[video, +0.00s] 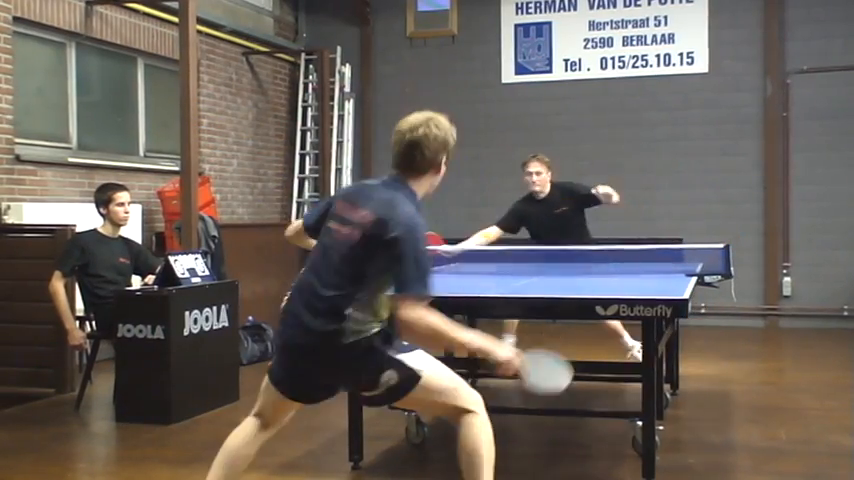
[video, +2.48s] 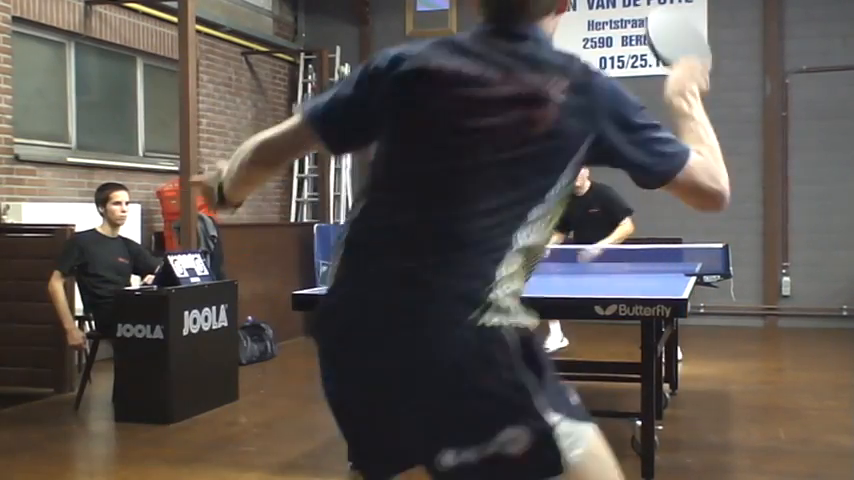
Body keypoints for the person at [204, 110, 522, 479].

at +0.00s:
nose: (446, 169)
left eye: (446, 160)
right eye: (448, 161)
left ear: (398, 155)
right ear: (440, 165)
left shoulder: (352, 192)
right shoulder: (405, 218)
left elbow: (295, 233)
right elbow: (410, 315)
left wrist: (342, 255)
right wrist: (490, 347)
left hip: (298, 337)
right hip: (353, 346)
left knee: (260, 420)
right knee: (469, 405)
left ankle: (213, 478)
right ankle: (480, 475)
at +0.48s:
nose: (480, 162)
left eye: (482, 151)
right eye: (479, 150)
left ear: (437, 145)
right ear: (450, 148)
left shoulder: (385, 174)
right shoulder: (405, 210)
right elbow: (423, 321)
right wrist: (514, 333)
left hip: (278, 313)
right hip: (317, 330)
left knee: (265, 416)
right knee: (449, 415)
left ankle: (209, 479)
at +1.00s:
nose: (370, 108)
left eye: (367, 99)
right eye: (369, 100)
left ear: (304, 104)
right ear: (360, 107)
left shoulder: (256, 156)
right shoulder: (376, 174)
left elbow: (153, 195)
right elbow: (459, 227)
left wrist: (149, 183)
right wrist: (456, 162)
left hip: (220, 343)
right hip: (308, 351)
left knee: (121, 454)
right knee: (392, 448)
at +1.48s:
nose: (180, 118)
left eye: (183, 106)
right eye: (182, 106)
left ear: (107, 100)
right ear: (166, 111)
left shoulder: (28, 156)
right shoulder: (139, 186)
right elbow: (231, 315)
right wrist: (285, 262)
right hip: (15, 378)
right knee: (127, 472)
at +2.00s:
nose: (397, 187)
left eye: (400, 172)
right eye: (399, 173)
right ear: (364, 175)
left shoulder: (267, 172)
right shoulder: (256, 236)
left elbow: (219, 133)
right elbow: (222, 407)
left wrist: (267, 126)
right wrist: (326, 474)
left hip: (121, 350)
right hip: (69, 362)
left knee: (211, 462)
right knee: (195, 474)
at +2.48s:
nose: (574, 6)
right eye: (572, 4)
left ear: (478, 4)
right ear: (560, 8)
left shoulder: (406, 66)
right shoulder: (583, 89)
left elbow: (272, 145)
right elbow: (713, 189)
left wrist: (229, 184)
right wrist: (687, 100)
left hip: (351, 327)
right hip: (465, 338)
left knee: (387, 469)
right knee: (594, 473)